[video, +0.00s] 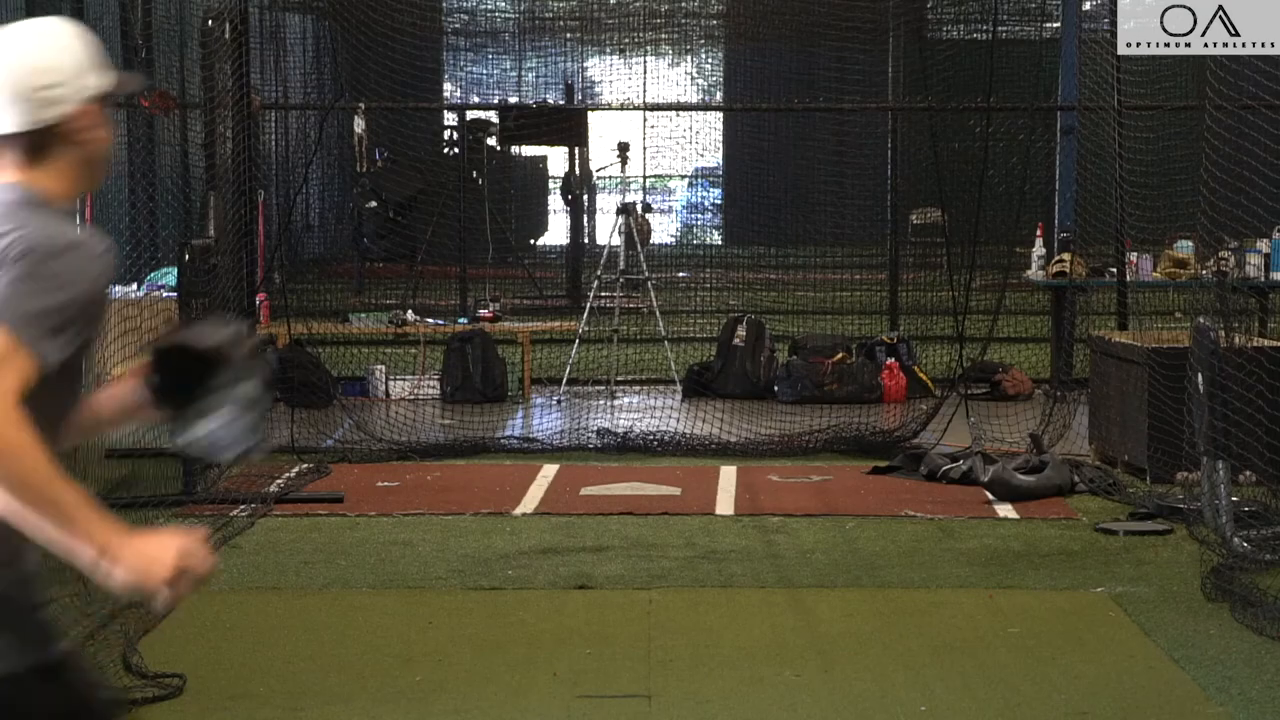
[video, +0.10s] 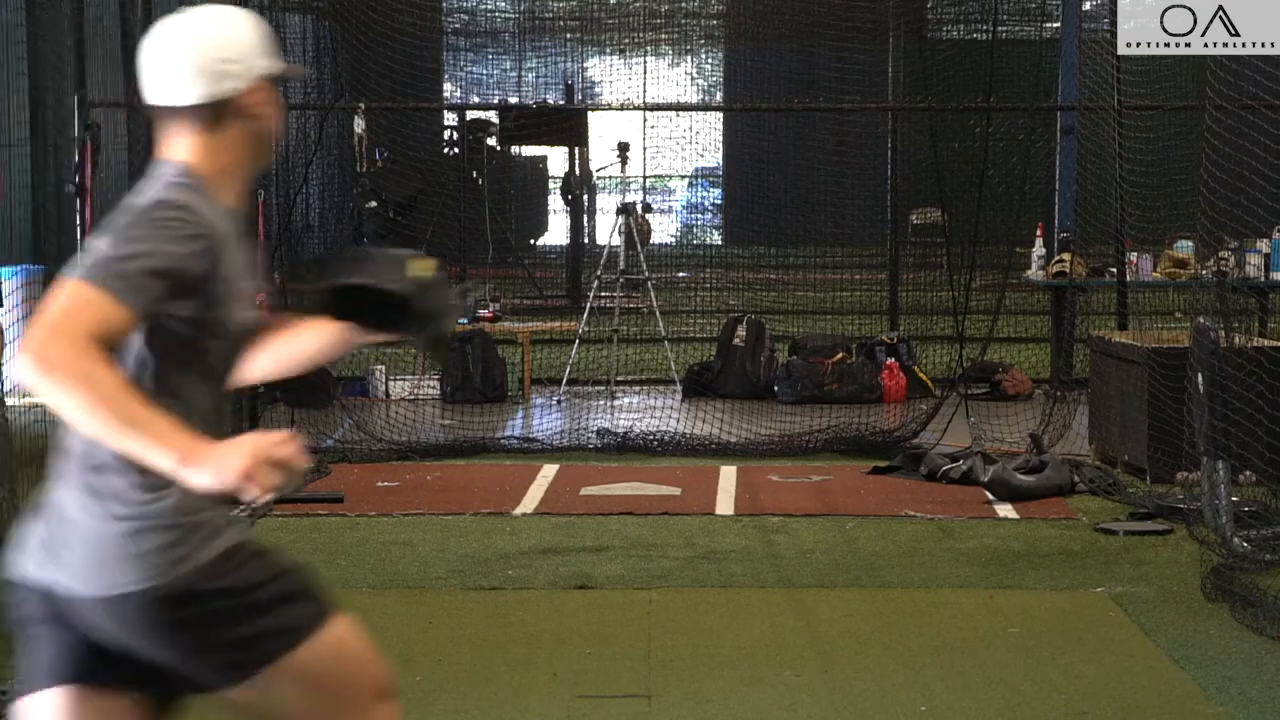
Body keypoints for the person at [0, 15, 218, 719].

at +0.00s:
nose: (113, 127)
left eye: (111, 109)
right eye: (109, 109)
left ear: (11, 126)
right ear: (81, 120)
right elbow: (1, 416)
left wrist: (144, 390)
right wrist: (113, 550)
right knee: (72, 701)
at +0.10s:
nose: (280, 104)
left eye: (276, 85)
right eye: (274, 86)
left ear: (167, 105)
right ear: (250, 98)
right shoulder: (172, 216)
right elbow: (50, 348)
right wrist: (197, 456)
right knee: (362, 694)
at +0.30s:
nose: (526, 182)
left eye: (521, 170)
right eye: (522, 170)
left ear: (432, 190)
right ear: (510, 183)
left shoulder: (471, 282)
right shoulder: (437, 294)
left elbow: (510, 392)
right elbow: (376, 440)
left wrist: (618, 341)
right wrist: (516, 477)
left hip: (430, 539)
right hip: (402, 557)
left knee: (580, 641)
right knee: (602, 691)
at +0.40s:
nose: (578, 157)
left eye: (573, 146)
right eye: (576, 147)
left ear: (492, 166)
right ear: (567, 159)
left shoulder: (548, 249)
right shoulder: (491, 268)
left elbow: (563, 343)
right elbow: (446, 417)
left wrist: (657, 294)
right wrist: (579, 424)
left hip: (519, 488)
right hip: (471, 505)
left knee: (639, 624)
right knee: (567, 683)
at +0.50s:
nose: (601, 156)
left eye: (595, 145)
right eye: (598, 146)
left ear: (524, 161)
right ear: (591, 158)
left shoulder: (573, 232)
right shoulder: (528, 262)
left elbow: (608, 284)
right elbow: (520, 407)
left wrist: (674, 238)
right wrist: (635, 366)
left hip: (571, 454)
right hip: (512, 468)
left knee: (688, 590)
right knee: (615, 620)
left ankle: (687, 716)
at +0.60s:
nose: (622, 132)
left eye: (616, 122)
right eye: (619, 122)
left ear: (550, 134)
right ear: (613, 134)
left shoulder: (552, 198)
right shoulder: (565, 225)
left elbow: (598, 254)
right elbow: (594, 360)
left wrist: (643, 235)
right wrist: (678, 286)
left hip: (559, 404)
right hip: (517, 422)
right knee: (622, 577)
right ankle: (471, 698)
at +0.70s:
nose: (632, 141)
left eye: (628, 132)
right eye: (629, 132)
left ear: (562, 143)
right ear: (624, 143)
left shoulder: (582, 194)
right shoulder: (567, 239)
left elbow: (639, 220)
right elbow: (556, 365)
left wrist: (687, 246)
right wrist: (652, 358)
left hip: (559, 396)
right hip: (504, 422)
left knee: (653, 510)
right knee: (606, 558)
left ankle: (628, 652)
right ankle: (519, 705)